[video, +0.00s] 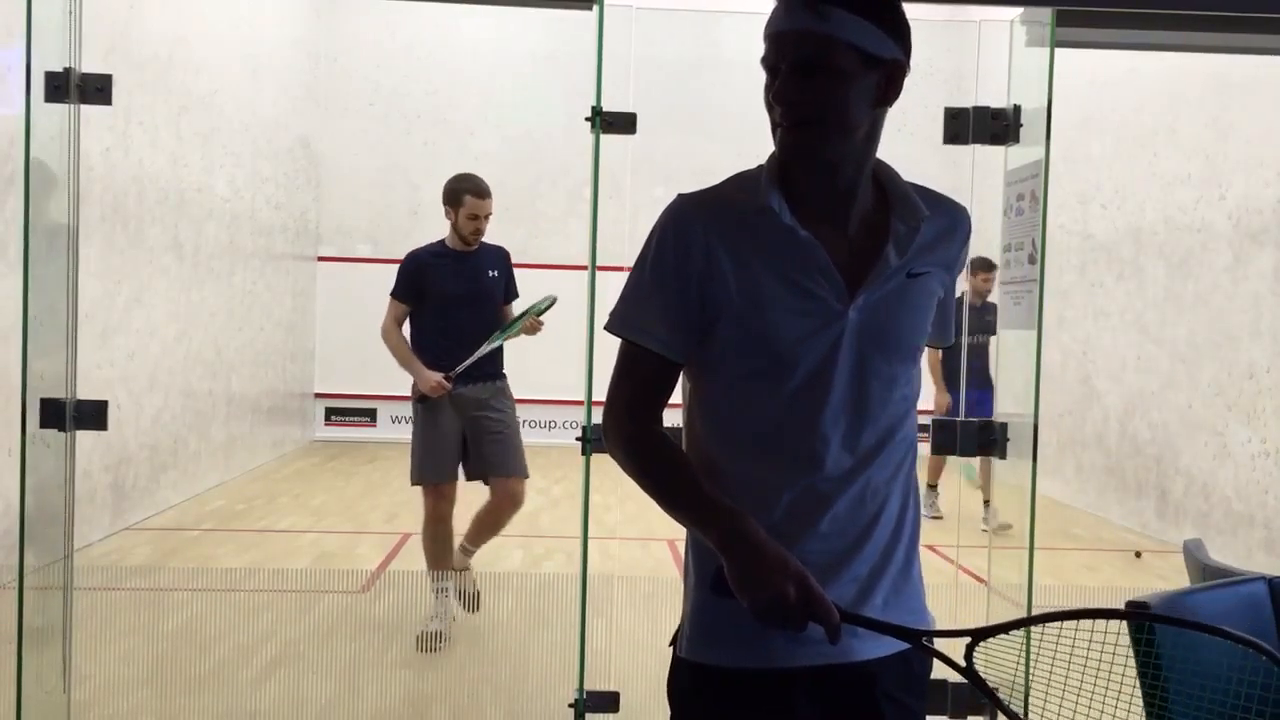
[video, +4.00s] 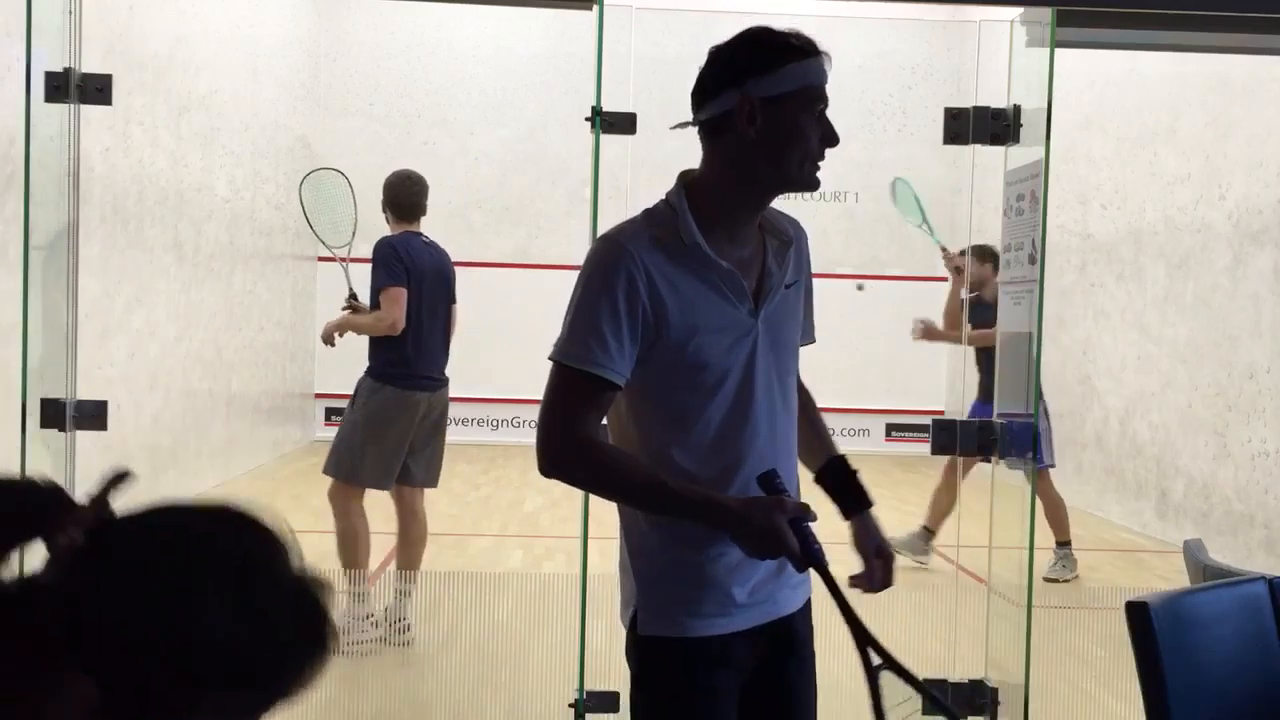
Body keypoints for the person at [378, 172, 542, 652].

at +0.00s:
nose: (482, 225)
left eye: (487, 217)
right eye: (474, 217)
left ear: (490, 214)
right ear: (450, 212)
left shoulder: (497, 258)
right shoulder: (420, 264)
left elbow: (504, 318)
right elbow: (390, 328)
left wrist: (522, 323)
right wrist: (418, 371)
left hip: (490, 392)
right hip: (438, 396)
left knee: (511, 494)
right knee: (439, 503)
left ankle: (461, 556)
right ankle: (440, 601)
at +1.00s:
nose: (544, 207)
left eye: (552, 196)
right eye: (534, 198)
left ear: (567, 197)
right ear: (519, 199)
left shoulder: (588, 264)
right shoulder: (497, 261)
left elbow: (601, 353)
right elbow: (474, 340)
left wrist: (602, 329)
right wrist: (483, 402)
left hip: (570, 417)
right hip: (511, 417)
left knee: (581, 538)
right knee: (518, 543)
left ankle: (522, 627)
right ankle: (523, 666)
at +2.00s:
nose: (603, 205)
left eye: (605, 195)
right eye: (605, 196)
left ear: (616, 192)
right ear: (651, 191)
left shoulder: (647, 248)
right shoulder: (649, 246)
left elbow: (640, 335)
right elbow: (642, 337)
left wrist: (574, 312)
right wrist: (612, 385)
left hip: (658, 420)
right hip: (635, 413)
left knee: (662, 540)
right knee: (615, 513)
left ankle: (684, 671)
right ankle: (611, 643)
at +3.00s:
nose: (485, 214)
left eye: (483, 205)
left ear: (485, 210)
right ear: (526, 206)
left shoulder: (500, 260)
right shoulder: (553, 260)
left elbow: (509, 342)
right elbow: (541, 344)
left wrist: (452, 338)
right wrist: (472, 339)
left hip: (510, 406)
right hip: (554, 404)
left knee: (493, 516)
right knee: (544, 512)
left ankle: (478, 640)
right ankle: (610, 618)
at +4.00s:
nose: (386, 212)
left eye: (384, 204)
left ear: (386, 207)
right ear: (425, 207)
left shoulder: (391, 248)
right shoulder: (442, 258)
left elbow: (390, 320)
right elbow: (448, 331)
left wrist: (346, 322)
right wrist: (376, 316)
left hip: (388, 393)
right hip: (432, 395)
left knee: (344, 492)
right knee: (410, 495)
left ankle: (358, 615)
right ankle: (401, 616)